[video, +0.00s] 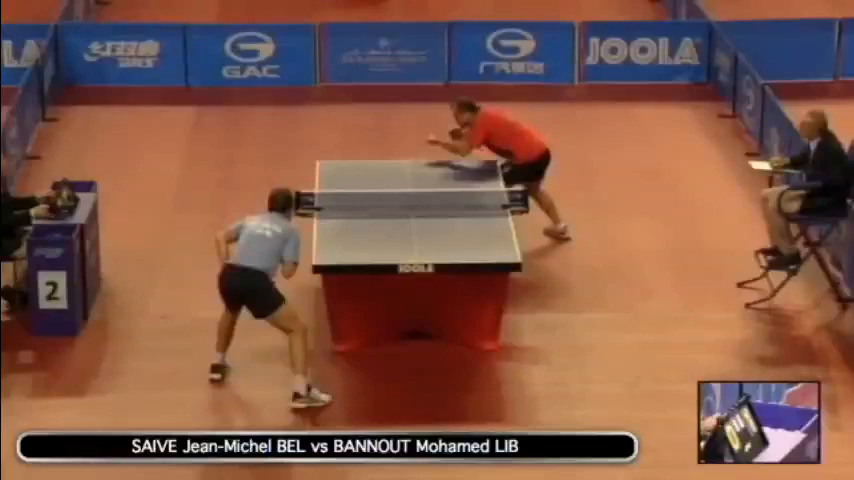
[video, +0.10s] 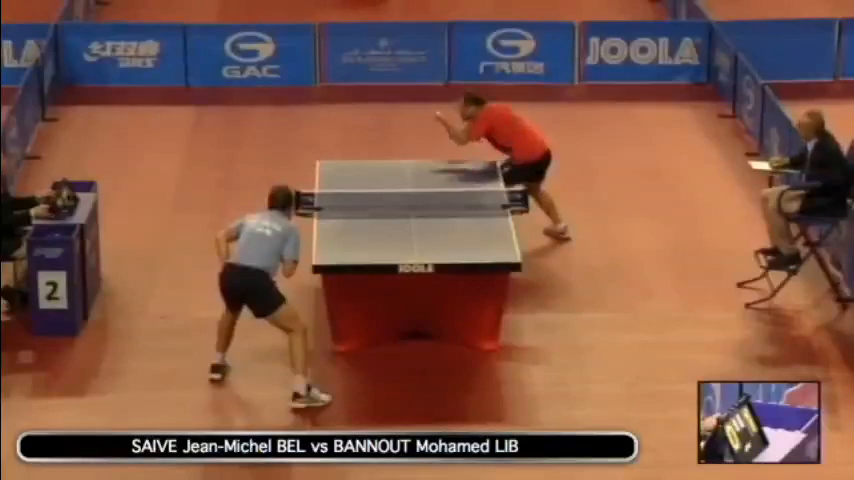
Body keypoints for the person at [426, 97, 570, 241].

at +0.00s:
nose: (458, 120)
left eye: (459, 115)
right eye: (457, 116)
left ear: (468, 113)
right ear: (472, 110)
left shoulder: (480, 123)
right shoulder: (487, 116)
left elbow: (464, 150)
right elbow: (479, 138)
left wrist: (441, 143)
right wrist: (464, 134)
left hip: (527, 162)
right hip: (540, 154)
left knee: (491, 188)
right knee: (534, 190)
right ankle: (559, 226)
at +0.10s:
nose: (462, 112)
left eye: (464, 107)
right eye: (462, 108)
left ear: (472, 107)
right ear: (479, 104)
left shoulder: (483, 117)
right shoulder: (499, 109)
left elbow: (461, 139)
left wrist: (446, 124)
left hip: (525, 162)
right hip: (542, 155)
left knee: (489, 187)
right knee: (534, 189)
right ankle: (559, 225)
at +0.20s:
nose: (471, 98)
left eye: (473, 94)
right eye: (472, 93)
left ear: (479, 94)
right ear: (491, 91)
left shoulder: (486, 108)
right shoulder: (508, 99)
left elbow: (462, 128)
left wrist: (449, 107)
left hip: (522, 160)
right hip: (542, 153)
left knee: (490, 189)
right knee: (536, 188)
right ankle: (560, 225)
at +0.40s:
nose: (478, 87)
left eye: (480, 84)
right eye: (479, 83)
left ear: (489, 85)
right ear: (499, 82)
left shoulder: (490, 102)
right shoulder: (519, 91)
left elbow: (472, 125)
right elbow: (533, 92)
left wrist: (446, 122)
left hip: (520, 157)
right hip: (542, 151)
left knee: (491, 188)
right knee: (539, 185)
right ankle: (560, 225)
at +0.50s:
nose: (476, 88)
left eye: (478, 83)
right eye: (476, 83)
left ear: (487, 84)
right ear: (497, 81)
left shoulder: (491, 102)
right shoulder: (517, 89)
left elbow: (478, 124)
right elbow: (531, 89)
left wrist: (450, 129)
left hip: (521, 155)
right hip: (543, 148)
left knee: (491, 186)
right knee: (539, 184)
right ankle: (560, 224)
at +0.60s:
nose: (474, 93)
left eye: (475, 89)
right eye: (473, 89)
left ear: (482, 88)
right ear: (490, 83)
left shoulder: (495, 98)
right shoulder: (512, 87)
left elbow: (500, 123)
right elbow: (527, 84)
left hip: (524, 149)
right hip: (544, 143)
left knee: (494, 179)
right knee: (540, 182)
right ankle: (560, 224)